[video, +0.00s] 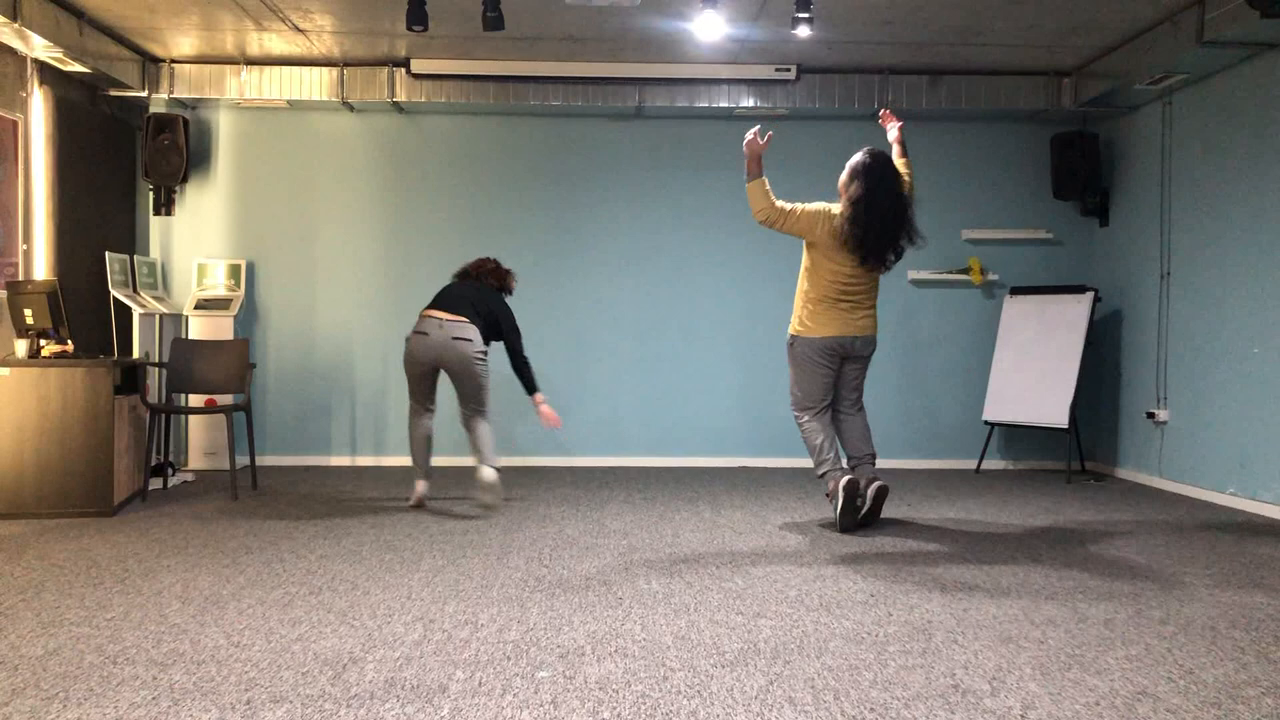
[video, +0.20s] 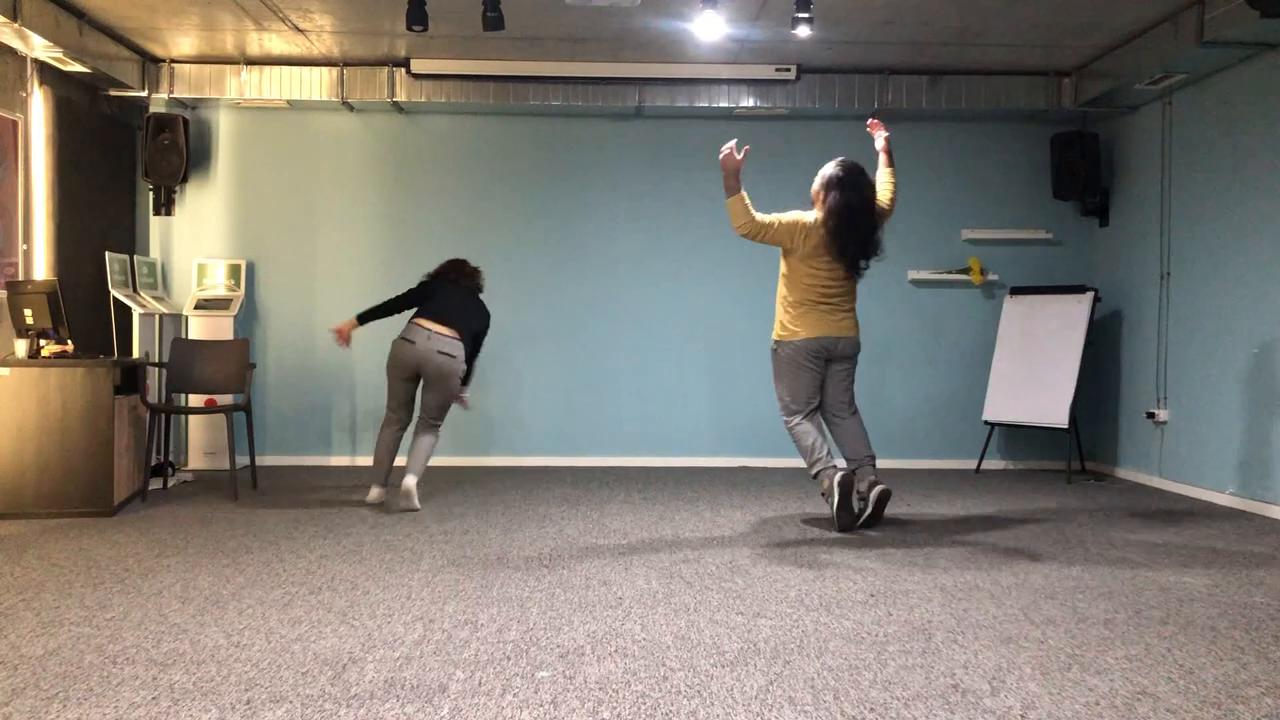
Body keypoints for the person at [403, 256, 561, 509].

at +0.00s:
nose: (506, 294)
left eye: (506, 290)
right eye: (505, 289)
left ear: (471, 275)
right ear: (499, 285)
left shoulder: (452, 290)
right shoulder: (499, 305)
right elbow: (517, 357)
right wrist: (538, 400)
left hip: (421, 337)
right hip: (464, 343)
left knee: (421, 410)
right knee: (475, 413)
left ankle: (420, 481)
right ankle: (487, 466)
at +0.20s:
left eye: (439, 271)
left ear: (443, 273)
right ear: (475, 283)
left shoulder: (434, 285)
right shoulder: (482, 312)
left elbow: (397, 305)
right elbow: (471, 355)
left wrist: (353, 323)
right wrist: (460, 388)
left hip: (409, 343)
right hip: (448, 356)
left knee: (394, 418)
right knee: (428, 425)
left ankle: (377, 487)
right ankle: (411, 478)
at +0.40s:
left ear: (427, 279)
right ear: (459, 284)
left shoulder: (418, 294)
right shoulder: (466, 302)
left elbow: (376, 305)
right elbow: (466, 346)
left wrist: (328, 312)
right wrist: (410, 374)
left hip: (427, 351)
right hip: (466, 360)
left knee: (408, 400)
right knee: (441, 428)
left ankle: (396, 461)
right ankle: (410, 484)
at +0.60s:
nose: (415, 285)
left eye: (418, 280)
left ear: (423, 279)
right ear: (453, 281)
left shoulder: (424, 295)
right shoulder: (467, 301)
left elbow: (392, 317)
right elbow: (431, 340)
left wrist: (348, 332)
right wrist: (393, 364)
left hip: (452, 353)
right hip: (488, 362)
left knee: (445, 415)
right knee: (449, 428)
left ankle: (443, 472)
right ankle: (418, 474)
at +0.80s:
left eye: (458, 265)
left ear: (458, 268)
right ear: (487, 268)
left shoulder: (451, 295)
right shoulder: (498, 288)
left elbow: (450, 334)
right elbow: (504, 326)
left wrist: (451, 364)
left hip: (468, 347)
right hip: (503, 348)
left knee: (460, 410)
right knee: (507, 412)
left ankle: (449, 469)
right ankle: (502, 461)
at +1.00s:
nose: (524, 247)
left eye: (522, 243)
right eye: (521, 244)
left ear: (497, 251)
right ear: (511, 248)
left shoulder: (493, 275)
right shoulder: (524, 261)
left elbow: (536, 287)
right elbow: (554, 272)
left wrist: (574, 291)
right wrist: (580, 280)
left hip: (498, 349)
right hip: (526, 344)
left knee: (533, 402)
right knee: (546, 411)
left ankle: (507, 452)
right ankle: (531, 471)